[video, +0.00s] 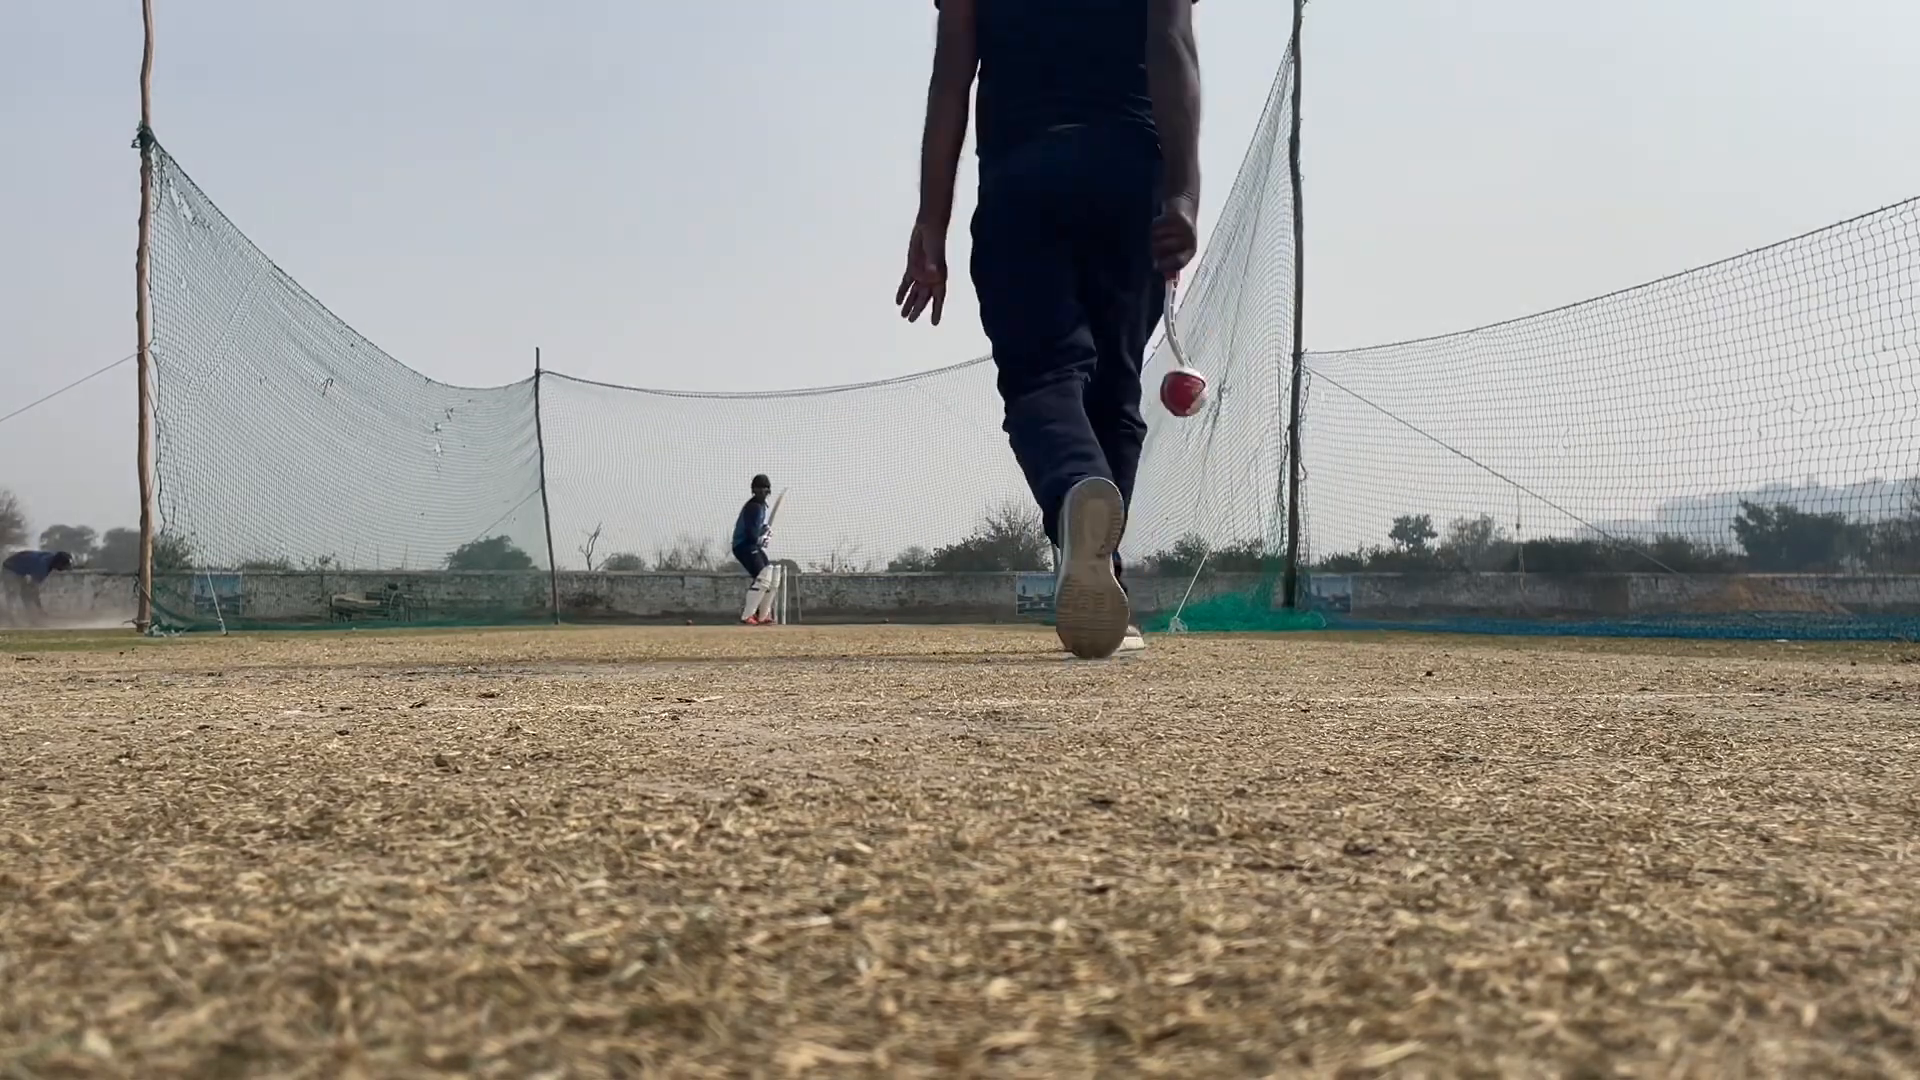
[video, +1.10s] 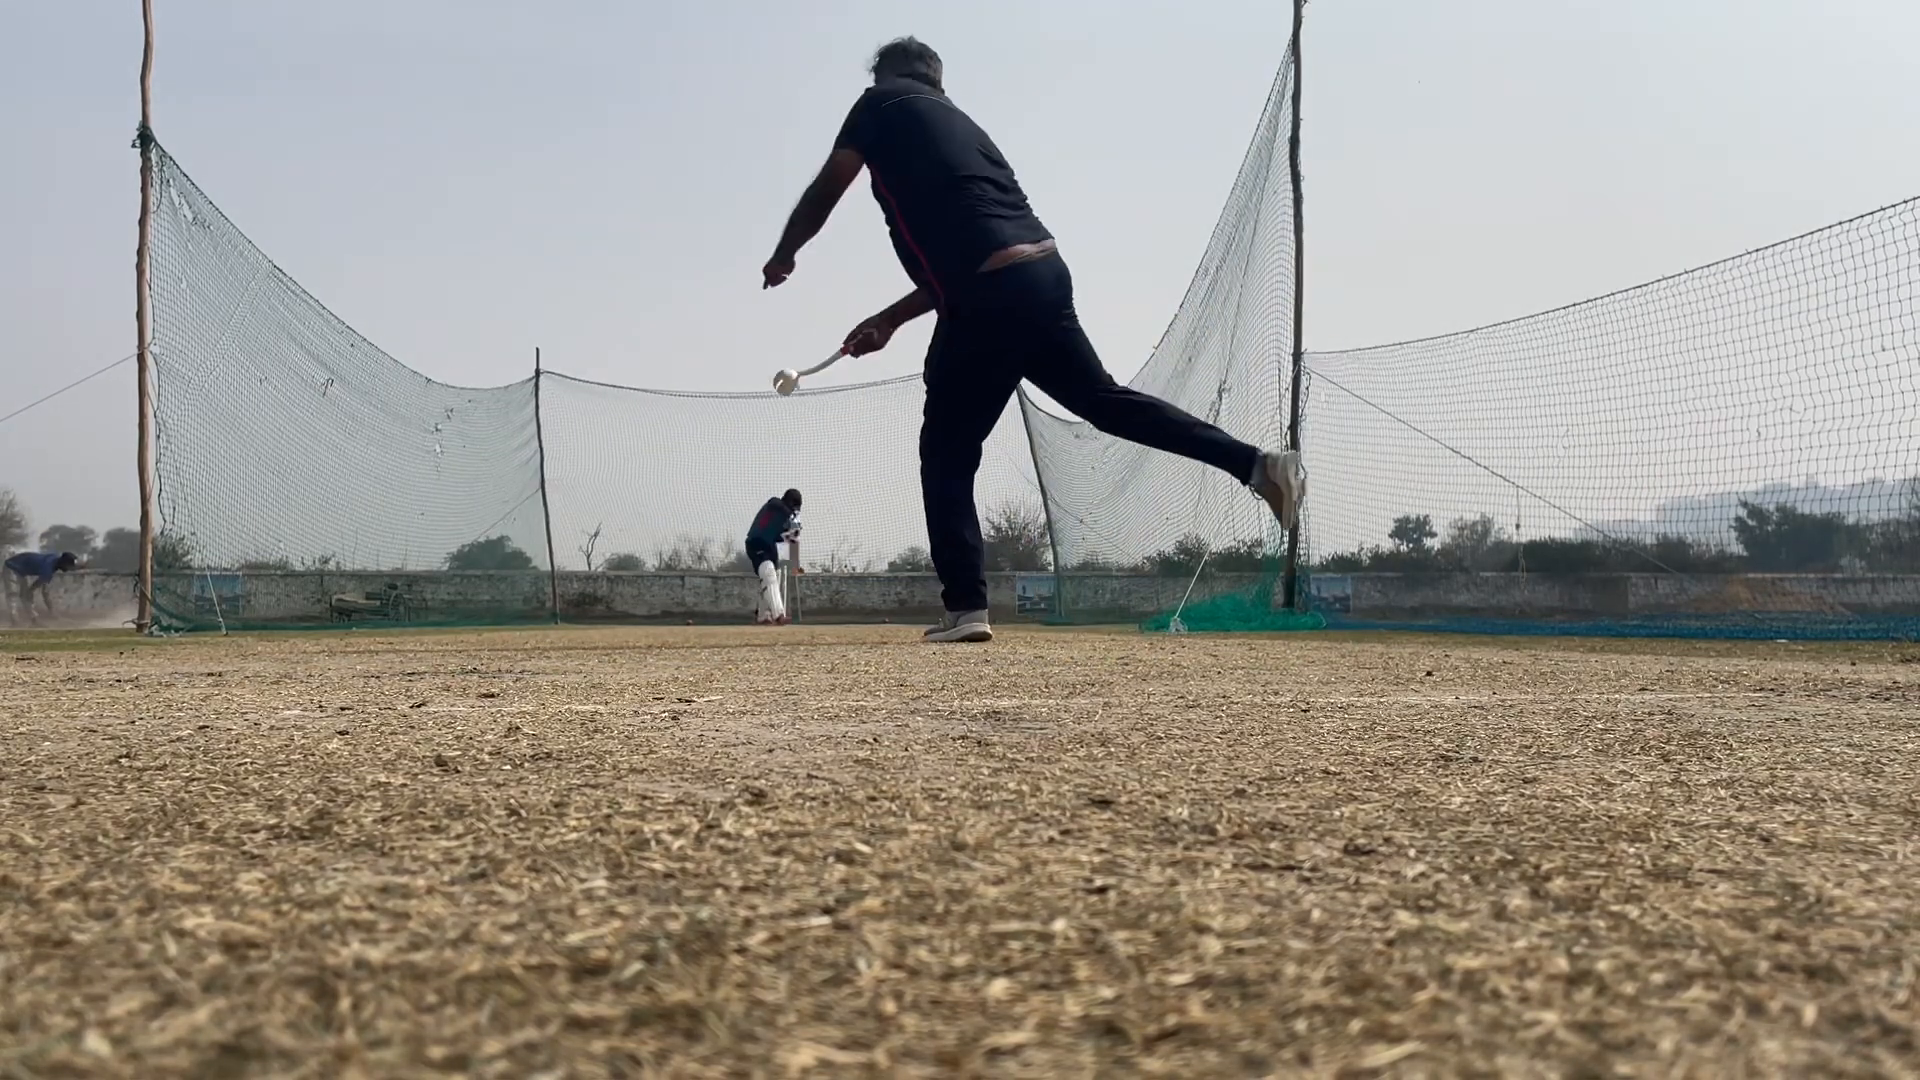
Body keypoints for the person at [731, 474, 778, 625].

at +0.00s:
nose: (762, 492)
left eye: (765, 488)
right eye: (759, 488)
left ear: (768, 490)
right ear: (753, 489)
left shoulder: (762, 506)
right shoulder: (754, 506)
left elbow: (761, 526)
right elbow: (751, 531)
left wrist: (765, 532)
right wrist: (760, 540)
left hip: (753, 544)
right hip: (743, 545)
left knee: (771, 574)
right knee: (763, 575)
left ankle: (763, 615)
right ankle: (747, 615)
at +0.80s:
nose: (782, 503)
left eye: (784, 499)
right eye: (779, 499)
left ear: (786, 500)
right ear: (772, 499)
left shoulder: (776, 513)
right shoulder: (767, 514)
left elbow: (773, 526)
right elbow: (763, 540)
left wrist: (780, 531)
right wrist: (775, 544)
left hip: (761, 546)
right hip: (748, 545)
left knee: (777, 579)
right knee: (766, 574)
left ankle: (765, 615)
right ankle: (754, 614)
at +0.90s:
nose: (785, 509)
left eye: (788, 506)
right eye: (783, 505)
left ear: (790, 506)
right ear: (777, 503)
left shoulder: (779, 516)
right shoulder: (767, 515)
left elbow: (780, 521)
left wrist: (784, 529)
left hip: (763, 544)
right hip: (749, 543)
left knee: (775, 578)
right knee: (762, 570)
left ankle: (762, 611)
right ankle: (765, 612)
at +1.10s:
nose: (795, 510)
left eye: (796, 507)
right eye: (794, 507)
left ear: (785, 500)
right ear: (791, 503)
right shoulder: (774, 503)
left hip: (768, 545)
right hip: (757, 542)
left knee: (769, 579)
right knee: (769, 575)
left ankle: (763, 615)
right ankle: (779, 614)